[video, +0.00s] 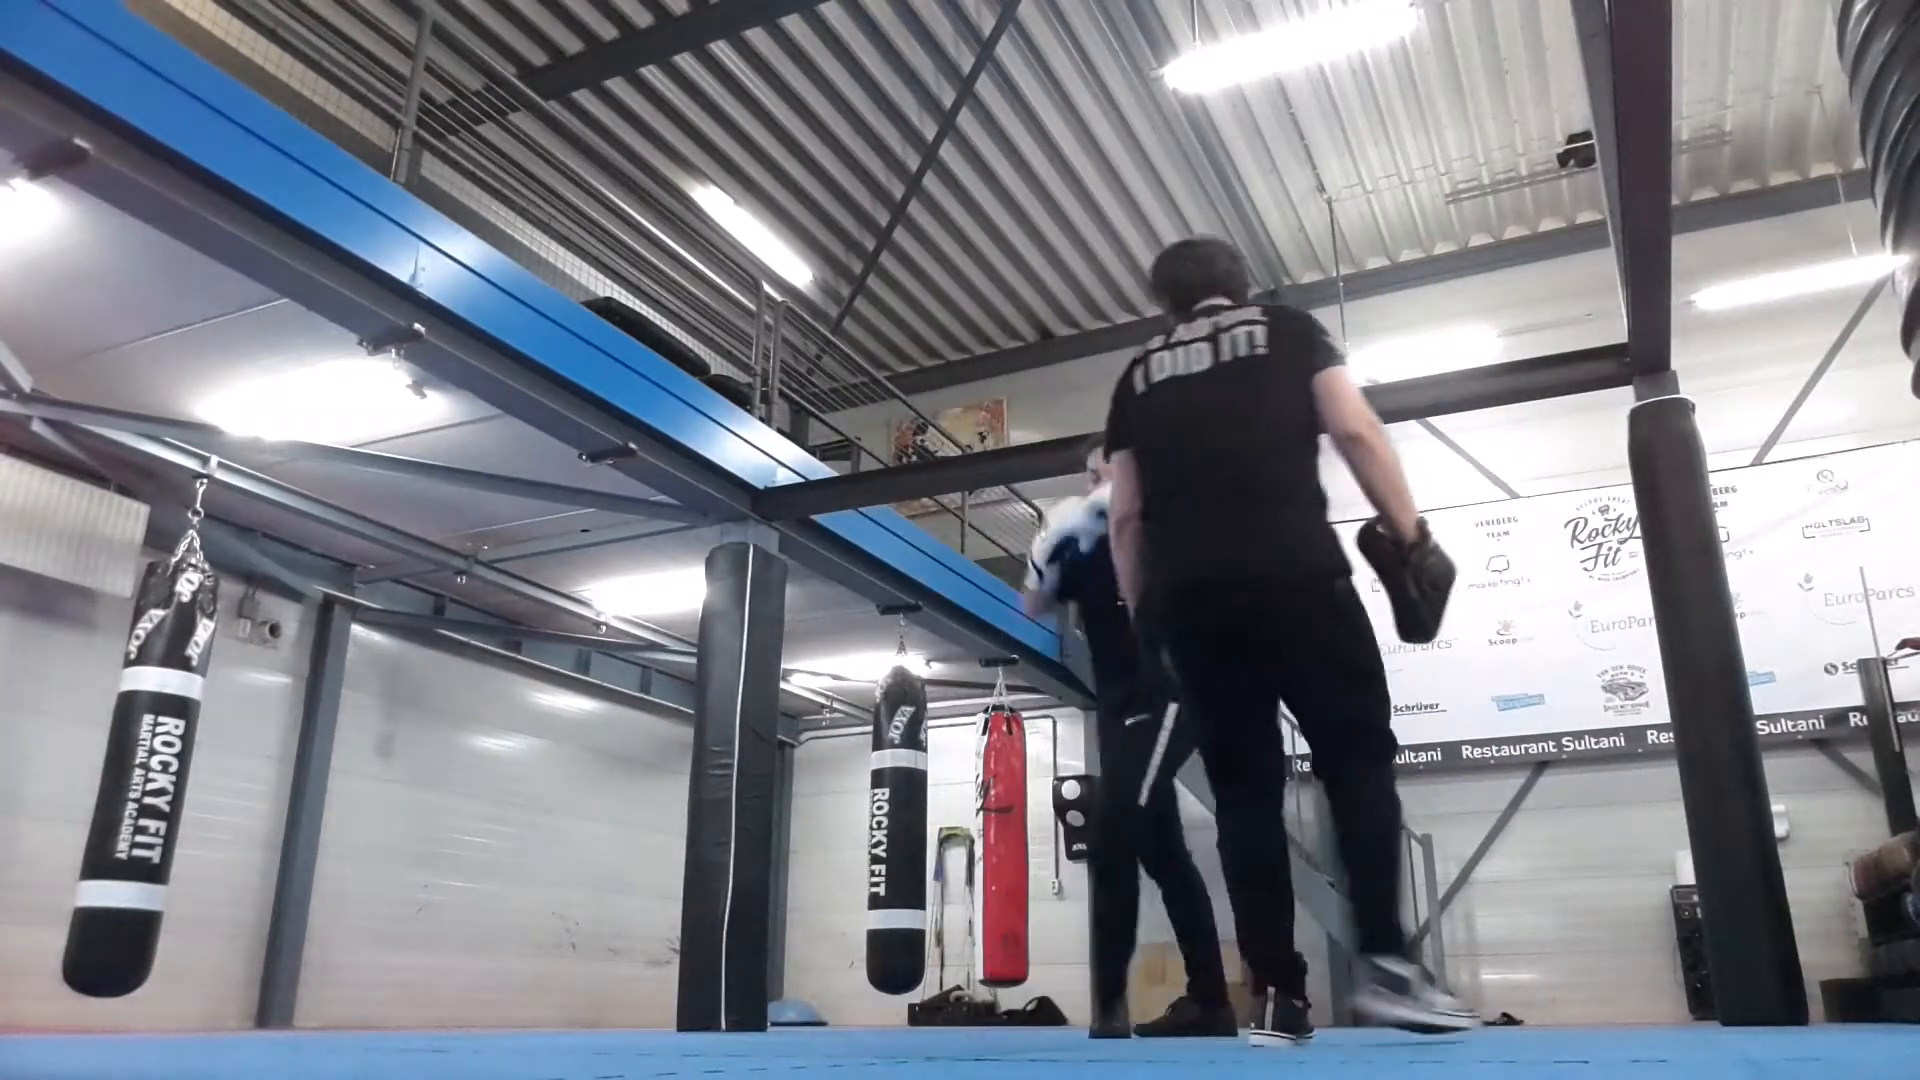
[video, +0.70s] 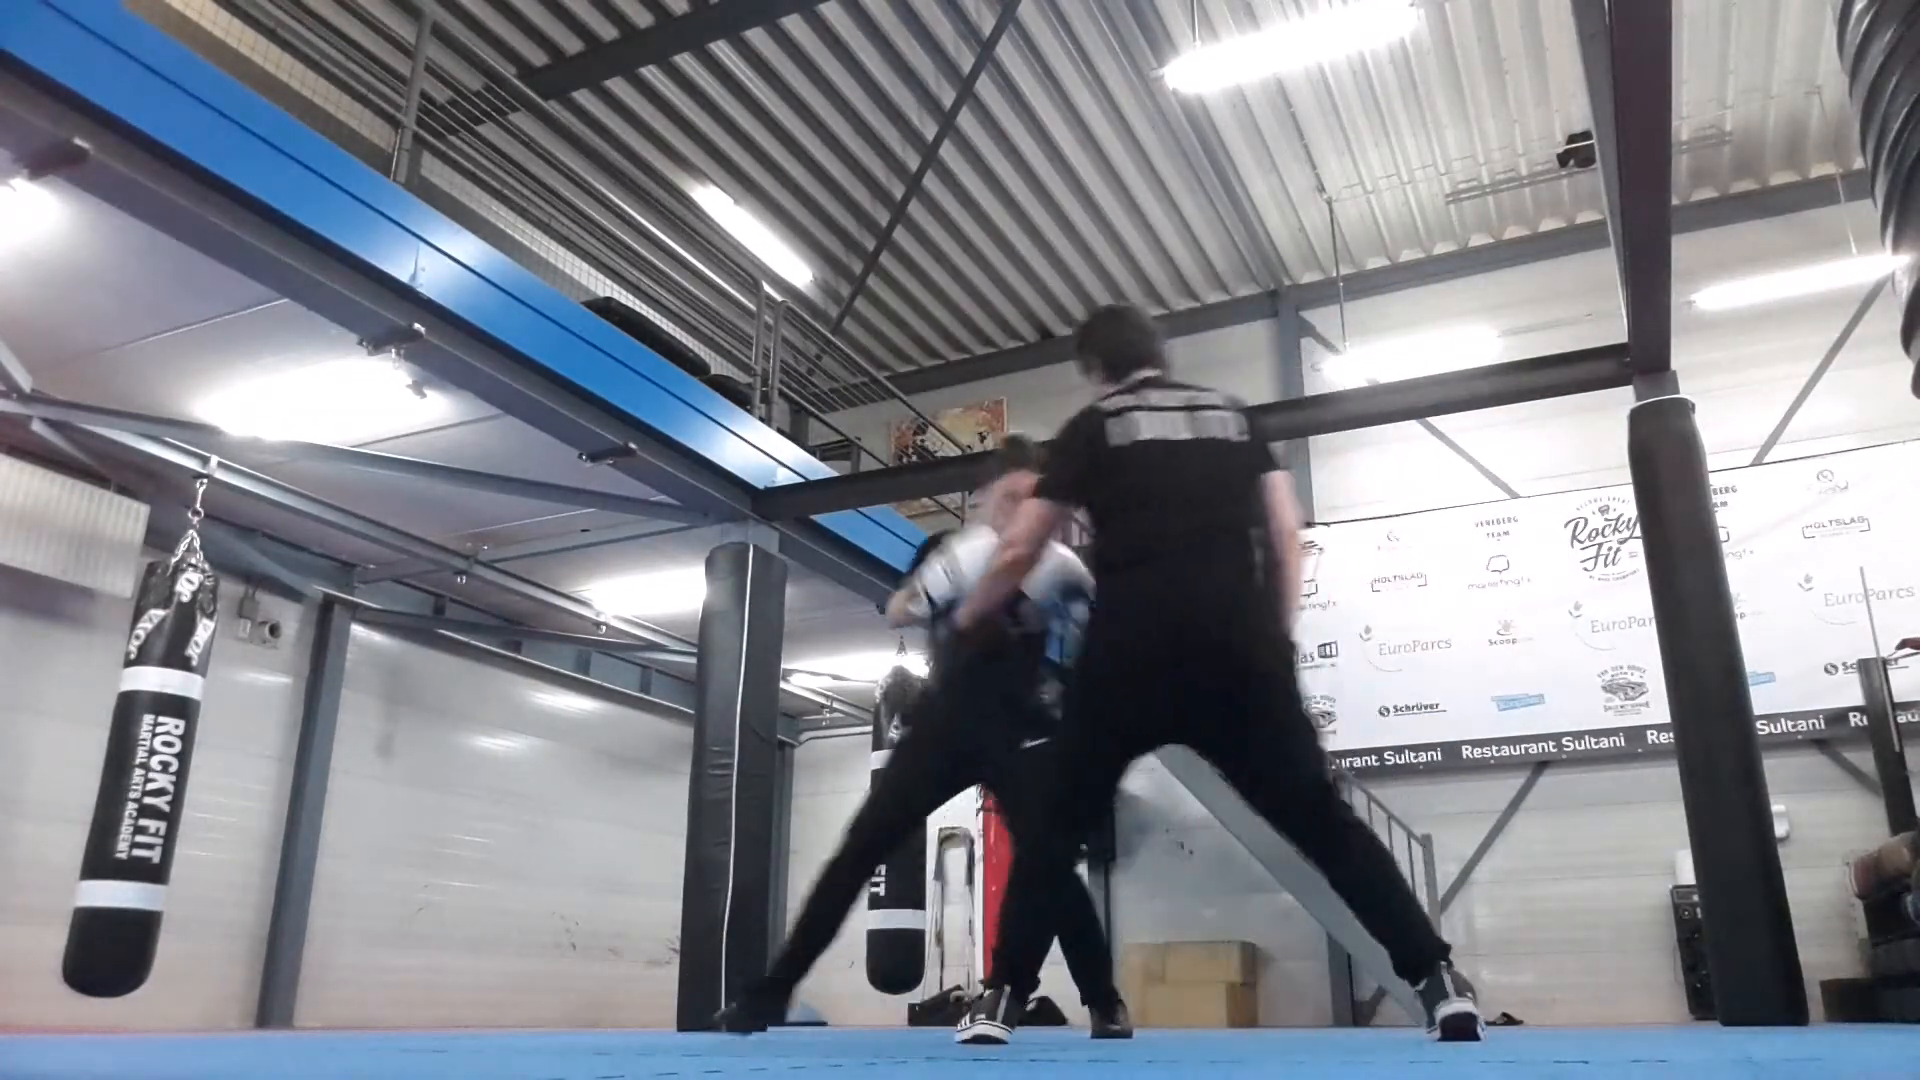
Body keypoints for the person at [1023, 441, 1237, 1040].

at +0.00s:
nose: (1105, 481)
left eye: (1113, 469)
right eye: (1100, 472)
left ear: (1141, 471)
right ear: (1094, 477)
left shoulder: (1168, 519)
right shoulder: (1080, 532)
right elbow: (1036, 605)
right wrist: (1050, 549)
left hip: (1174, 690)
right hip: (1120, 701)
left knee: (1113, 839)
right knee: (1164, 852)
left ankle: (1109, 1006)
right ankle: (1210, 999)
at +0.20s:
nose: (1109, 495)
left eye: (1122, 486)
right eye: (1100, 482)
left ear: (1139, 494)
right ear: (1083, 486)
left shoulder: (1152, 557)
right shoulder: (1055, 553)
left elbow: (1193, 612)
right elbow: (999, 607)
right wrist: (1025, 576)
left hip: (1129, 716)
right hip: (1069, 716)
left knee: (1103, 848)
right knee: (1083, 851)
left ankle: (1108, 1003)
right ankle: (1179, 975)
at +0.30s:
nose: (1111, 498)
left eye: (1124, 486)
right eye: (1101, 483)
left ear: (1139, 487)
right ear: (1078, 475)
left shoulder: (1146, 537)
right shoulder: (1040, 525)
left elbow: (1182, 607)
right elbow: (998, 605)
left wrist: (1122, 606)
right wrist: (1030, 608)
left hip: (1112, 706)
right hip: (1046, 702)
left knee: (1101, 846)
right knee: (1018, 842)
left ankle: (1107, 1001)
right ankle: (1129, 949)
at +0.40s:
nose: (1106, 498)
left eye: (1120, 486)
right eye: (1098, 480)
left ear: (1133, 488)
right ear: (1071, 467)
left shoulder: (1134, 535)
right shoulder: (1026, 519)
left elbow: (1159, 599)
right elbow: (983, 593)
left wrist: (1103, 616)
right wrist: (1014, 608)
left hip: (1089, 714)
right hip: (1018, 703)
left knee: (1090, 847)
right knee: (974, 827)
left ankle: (1107, 990)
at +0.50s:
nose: (1087, 492)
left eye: (1101, 481)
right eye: (1078, 475)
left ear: (1115, 486)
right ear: (1052, 465)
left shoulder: (1119, 532)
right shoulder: (1007, 512)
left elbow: (1159, 604)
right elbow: (956, 587)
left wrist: (1129, 601)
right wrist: (994, 594)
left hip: (1069, 707)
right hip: (994, 700)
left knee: (1087, 848)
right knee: (941, 826)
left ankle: (1106, 997)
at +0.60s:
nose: (1062, 496)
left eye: (1075, 486)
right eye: (1054, 481)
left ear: (1088, 493)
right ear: (1028, 474)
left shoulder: (1093, 553)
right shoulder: (981, 524)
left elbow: (1137, 630)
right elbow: (926, 602)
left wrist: (1100, 601)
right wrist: (971, 596)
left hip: (1052, 717)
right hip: (972, 714)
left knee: (1079, 850)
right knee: (907, 839)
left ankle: (1105, 1000)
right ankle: (825, 984)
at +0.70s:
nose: (1022, 509)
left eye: (1035, 499)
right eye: (1011, 496)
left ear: (1051, 508)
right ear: (989, 502)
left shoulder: (1064, 568)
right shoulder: (965, 554)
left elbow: (1088, 656)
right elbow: (898, 611)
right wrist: (955, 584)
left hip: (1023, 732)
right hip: (945, 729)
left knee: (1049, 862)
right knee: (861, 849)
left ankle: (1103, 1001)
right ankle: (772, 990)